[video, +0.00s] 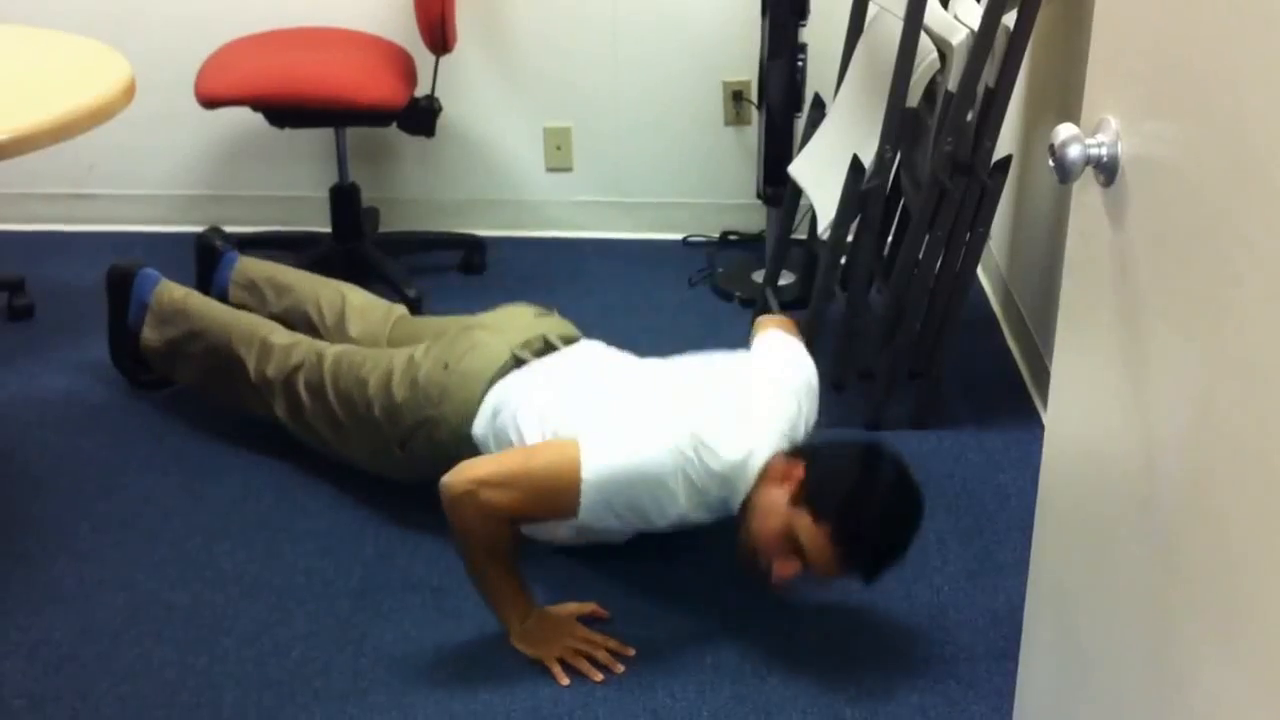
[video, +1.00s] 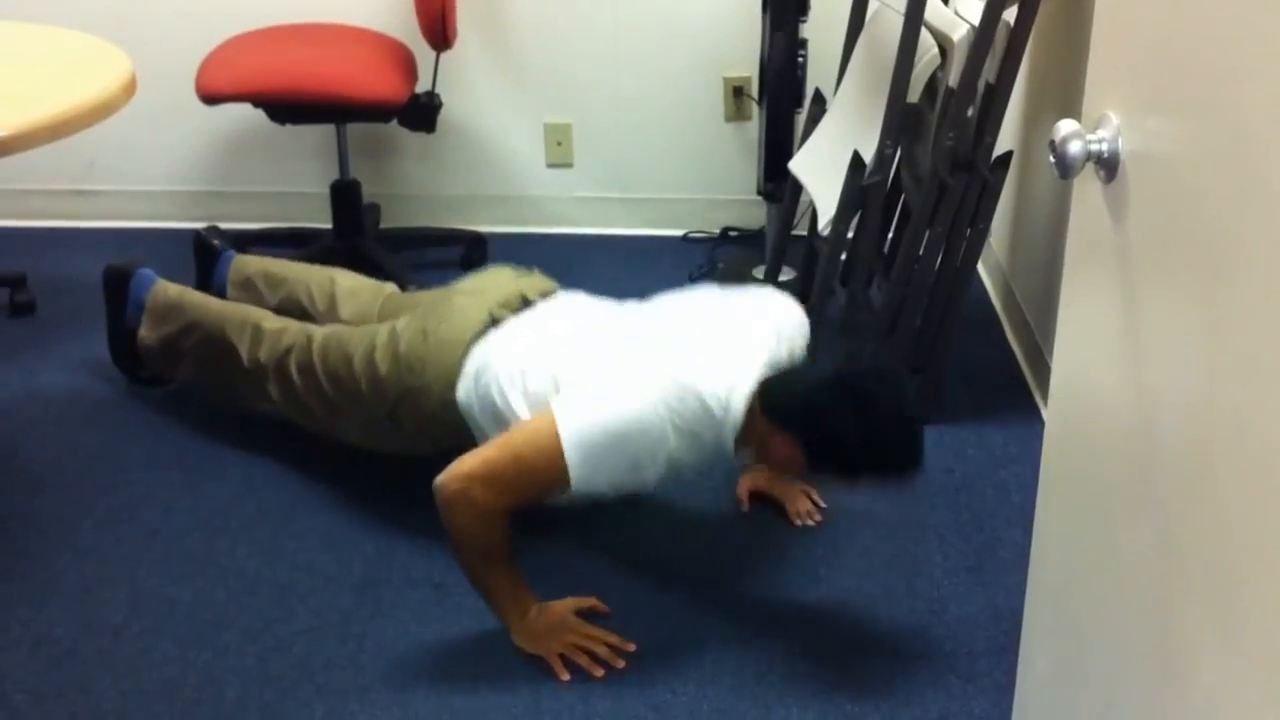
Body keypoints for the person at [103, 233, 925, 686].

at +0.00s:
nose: (786, 576)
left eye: (809, 575)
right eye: (795, 555)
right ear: (788, 488)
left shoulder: (792, 398)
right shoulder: (664, 476)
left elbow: (774, 323)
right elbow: (468, 495)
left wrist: (756, 431)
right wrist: (525, 619)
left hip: (541, 334)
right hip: (466, 403)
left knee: (384, 324)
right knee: (292, 376)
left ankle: (232, 268)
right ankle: (156, 312)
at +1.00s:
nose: (827, 483)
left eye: (840, 480)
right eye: (833, 474)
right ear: (798, 444)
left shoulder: (780, 314)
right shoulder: (650, 426)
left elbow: (750, 378)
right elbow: (463, 492)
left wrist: (760, 457)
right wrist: (524, 616)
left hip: (521, 295)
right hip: (457, 376)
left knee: (373, 303)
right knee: (287, 365)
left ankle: (233, 264)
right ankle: (152, 316)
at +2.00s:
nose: (817, 364)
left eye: (830, 356)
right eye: (822, 351)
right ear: (785, 323)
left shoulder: (766, 229)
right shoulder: (632, 324)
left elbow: (760, 347)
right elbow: (507, 455)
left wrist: (760, 457)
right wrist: (524, 605)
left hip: (516, 239)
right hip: (457, 310)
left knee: (373, 277)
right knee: (288, 337)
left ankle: (241, 259)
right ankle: (151, 309)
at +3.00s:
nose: (835, 363)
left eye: (853, 351)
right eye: (836, 345)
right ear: (784, 306)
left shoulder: (770, 224)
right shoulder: (637, 312)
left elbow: (761, 341)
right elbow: (503, 455)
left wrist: (762, 453)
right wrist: (524, 601)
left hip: (519, 230)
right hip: (458, 307)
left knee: (374, 268)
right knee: (292, 332)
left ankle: (238, 255)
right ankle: (153, 312)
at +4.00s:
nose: (837, 471)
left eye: (850, 467)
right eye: (843, 460)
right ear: (803, 421)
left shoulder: (785, 295)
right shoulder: (663, 394)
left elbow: (747, 372)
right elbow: (472, 469)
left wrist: (762, 447)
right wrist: (527, 607)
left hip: (536, 288)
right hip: (466, 364)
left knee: (382, 297)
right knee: (296, 353)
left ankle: (246, 257)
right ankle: (158, 307)